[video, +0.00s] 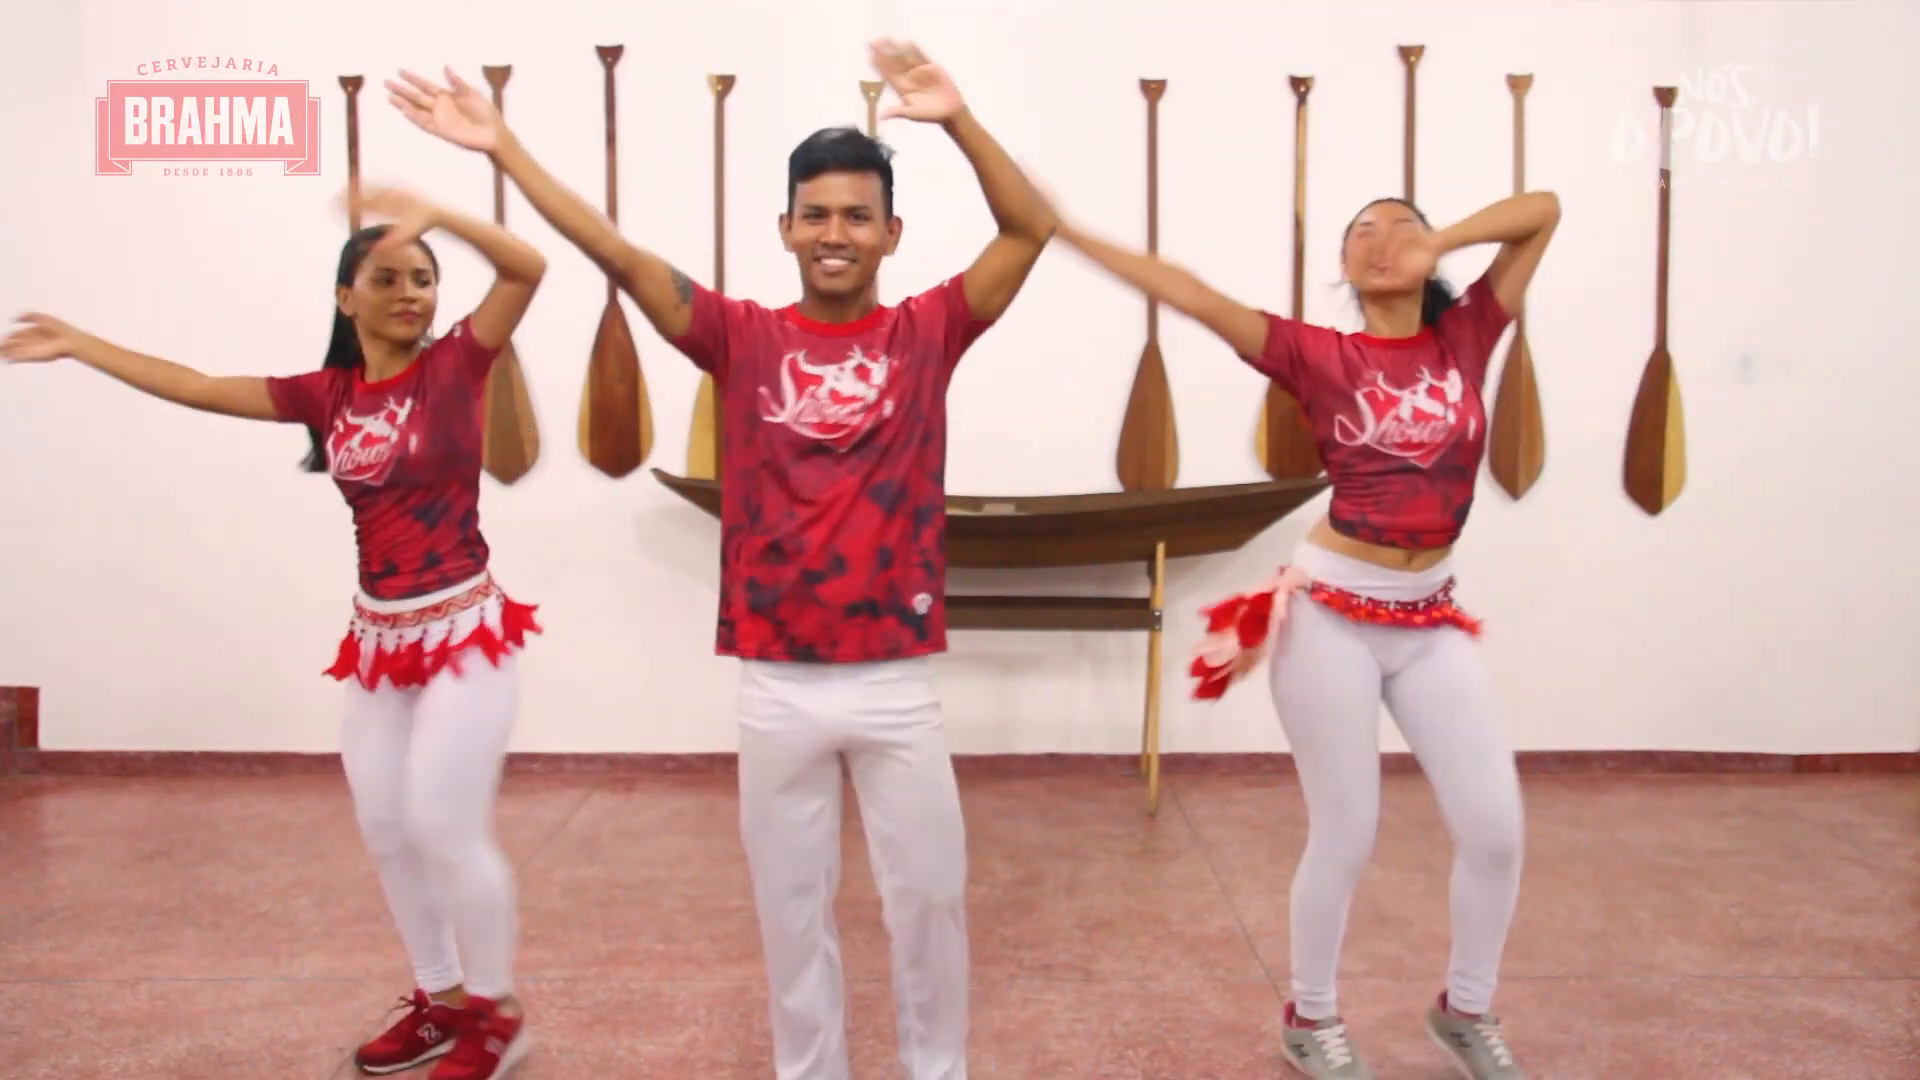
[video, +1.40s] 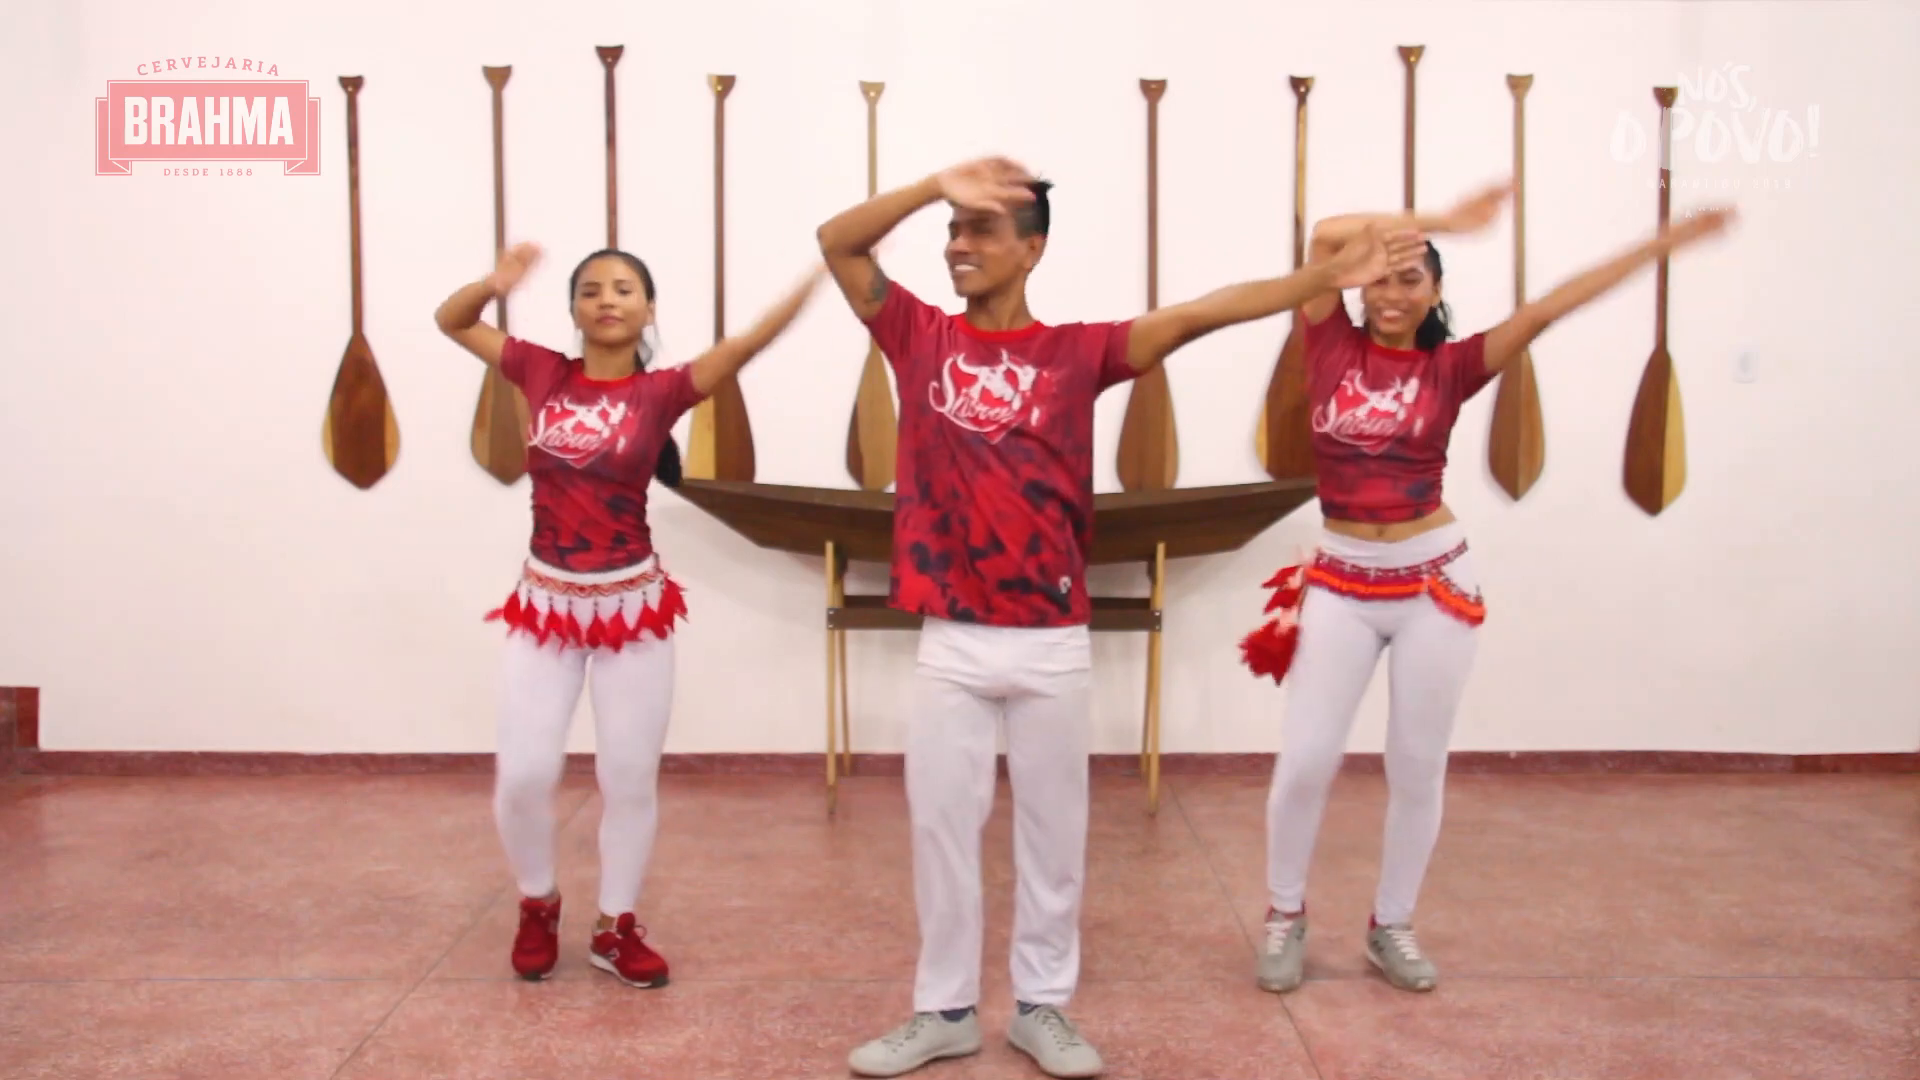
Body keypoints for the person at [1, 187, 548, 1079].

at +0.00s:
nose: (411, 293)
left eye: (423, 277)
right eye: (388, 278)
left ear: (437, 291)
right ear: (349, 295)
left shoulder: (459, 365)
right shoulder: (329, 394)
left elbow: (528, 267)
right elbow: (199, 387)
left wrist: (432, 209)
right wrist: (78, 343)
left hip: (470, 633)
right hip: (382, 640)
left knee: (444, 821)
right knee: (386, 827)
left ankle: (495, 1011)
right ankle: (441, 1000)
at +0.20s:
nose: (443, 290)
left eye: (447, 275)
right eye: (421, 276)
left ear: (452, 290)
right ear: (368, 295)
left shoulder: (472, 361)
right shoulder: (331, 384)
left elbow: (560, 274)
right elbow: (203, 352)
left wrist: (563, 180)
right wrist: (112, 257)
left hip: (495, 625)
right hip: (397, 639)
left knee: (548, 804)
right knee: (415, 831)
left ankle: (599, 960)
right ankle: (449, 1004)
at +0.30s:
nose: (457, 288)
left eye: (460, 276)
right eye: (437, 276)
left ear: (462, 290)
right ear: (382, 292)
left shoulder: (482, 364)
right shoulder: (346, 378)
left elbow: (568, 284)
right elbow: (238, 324)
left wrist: (612, 190)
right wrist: (211, 212)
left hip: (503, 617)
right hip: (406, 633)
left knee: (584, 782)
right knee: (423, 825)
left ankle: (623, 917)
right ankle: (448, 1000)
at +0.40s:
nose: (479, 288)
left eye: (480, 276)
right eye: (457, 275)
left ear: (478, 293)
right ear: (407, 291)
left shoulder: (495, 363)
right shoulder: (374, 379)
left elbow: (585, 286)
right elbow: (288, 306)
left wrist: (647, 201)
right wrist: (307, 193)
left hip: (518, 612)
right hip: (423, 631)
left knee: (599, 773)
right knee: (432, 821)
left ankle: (634, 903)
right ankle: (448, 1001)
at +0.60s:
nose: (535, 297)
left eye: (533, 285)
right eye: (517, 286)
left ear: (526, 298)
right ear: (466, 299)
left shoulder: (545, 369)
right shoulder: (435, 382)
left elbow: (626, 307)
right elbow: (373, 305)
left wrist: (701, 244)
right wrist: (453, 213)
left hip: (567, 621)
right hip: (473, 630)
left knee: (605, 781)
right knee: (458, 819)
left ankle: (626, 912)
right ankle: (448, 1000)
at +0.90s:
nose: (613, 316)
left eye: (615, 304)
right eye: (596, 303)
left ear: (616, 320)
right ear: (553, 321)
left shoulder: (631, 394)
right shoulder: (518, 389)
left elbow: (711, 351)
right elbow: (448, 324)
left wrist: (793, 310)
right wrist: (552, 290)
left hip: (631, 627)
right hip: (543, 630)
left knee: (638, 795)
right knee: (489, 804)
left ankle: (617, 929)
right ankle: (422, 981)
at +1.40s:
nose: (607, 300)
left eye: (622, 289)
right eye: (592, 291)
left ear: (649, 311)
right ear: (574, 312)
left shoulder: (662, 390)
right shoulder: (544, 373)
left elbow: (754, 337)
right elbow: (453, 321)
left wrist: (816, 275)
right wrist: (493, 284)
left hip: (633, 608)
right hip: (545, 606)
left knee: (632, 780)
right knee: (522, 777)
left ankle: (616, 927)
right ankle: (536, 908)